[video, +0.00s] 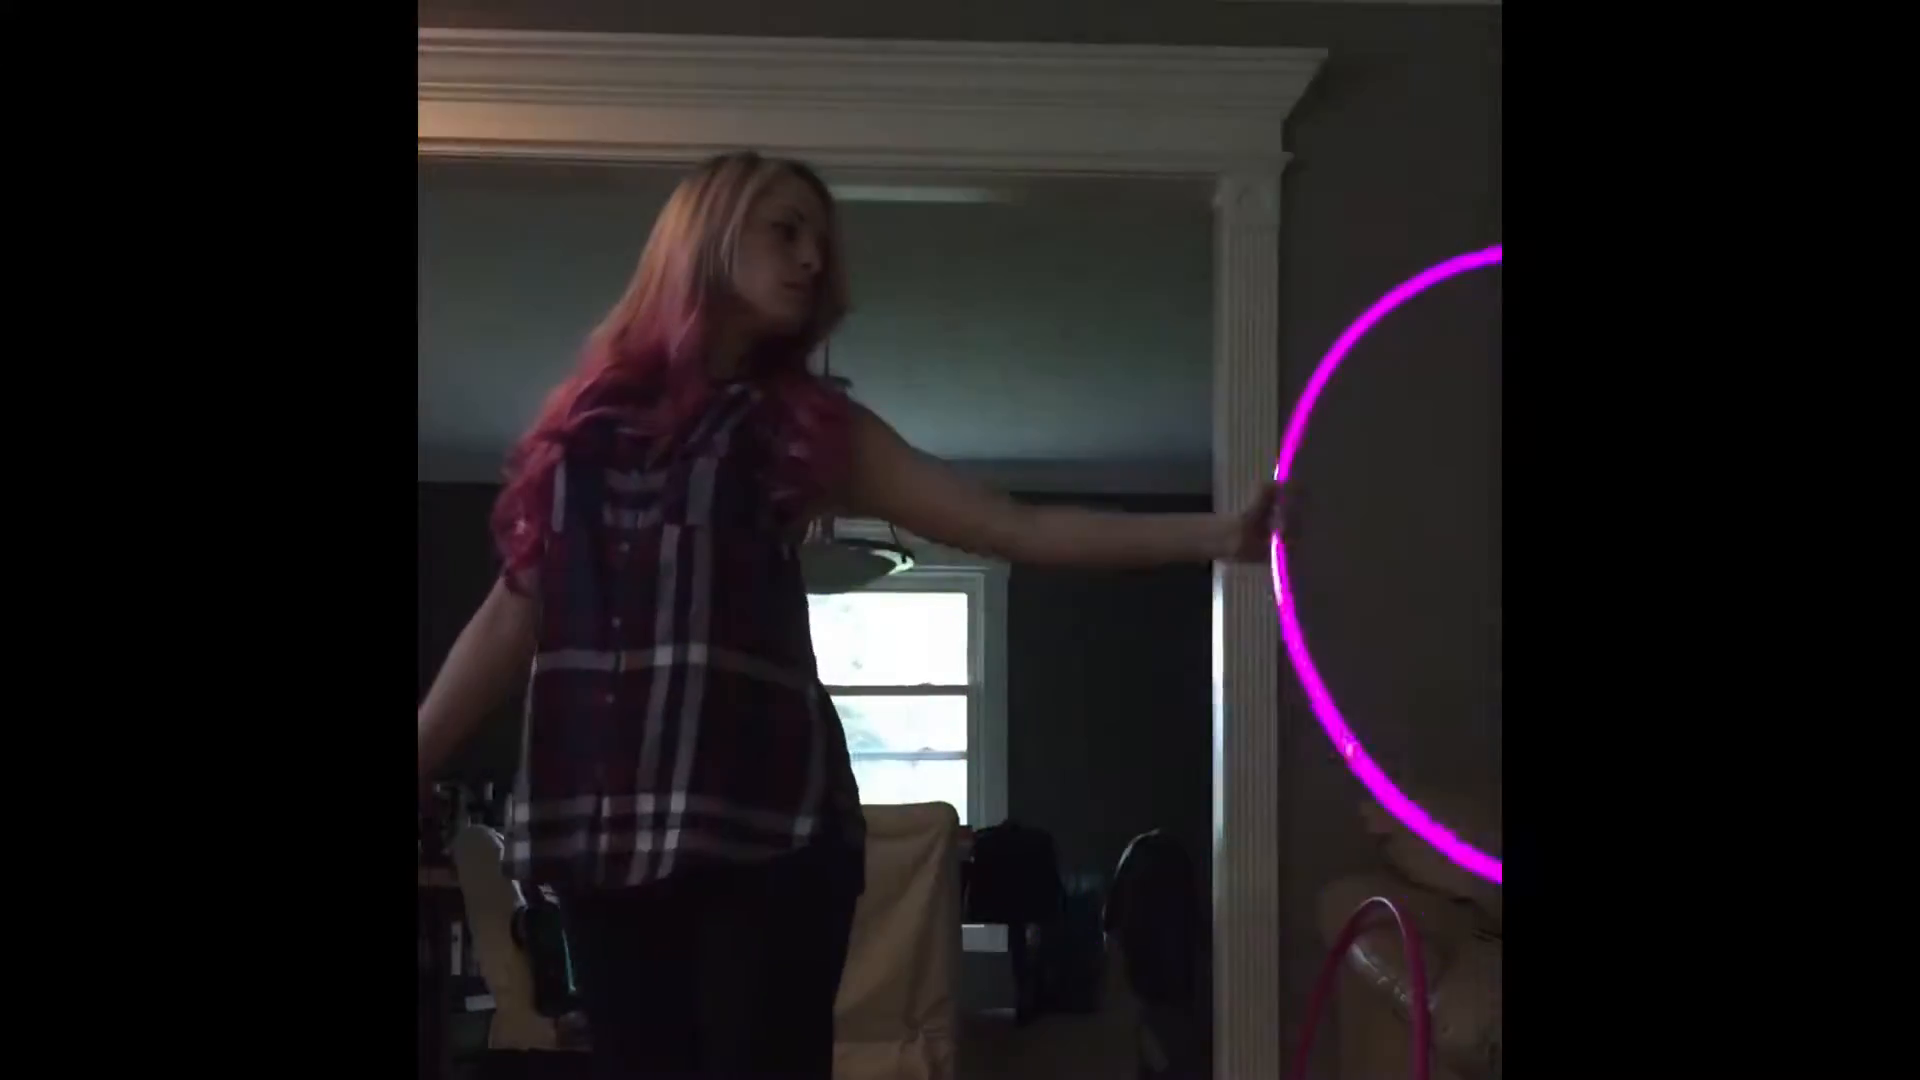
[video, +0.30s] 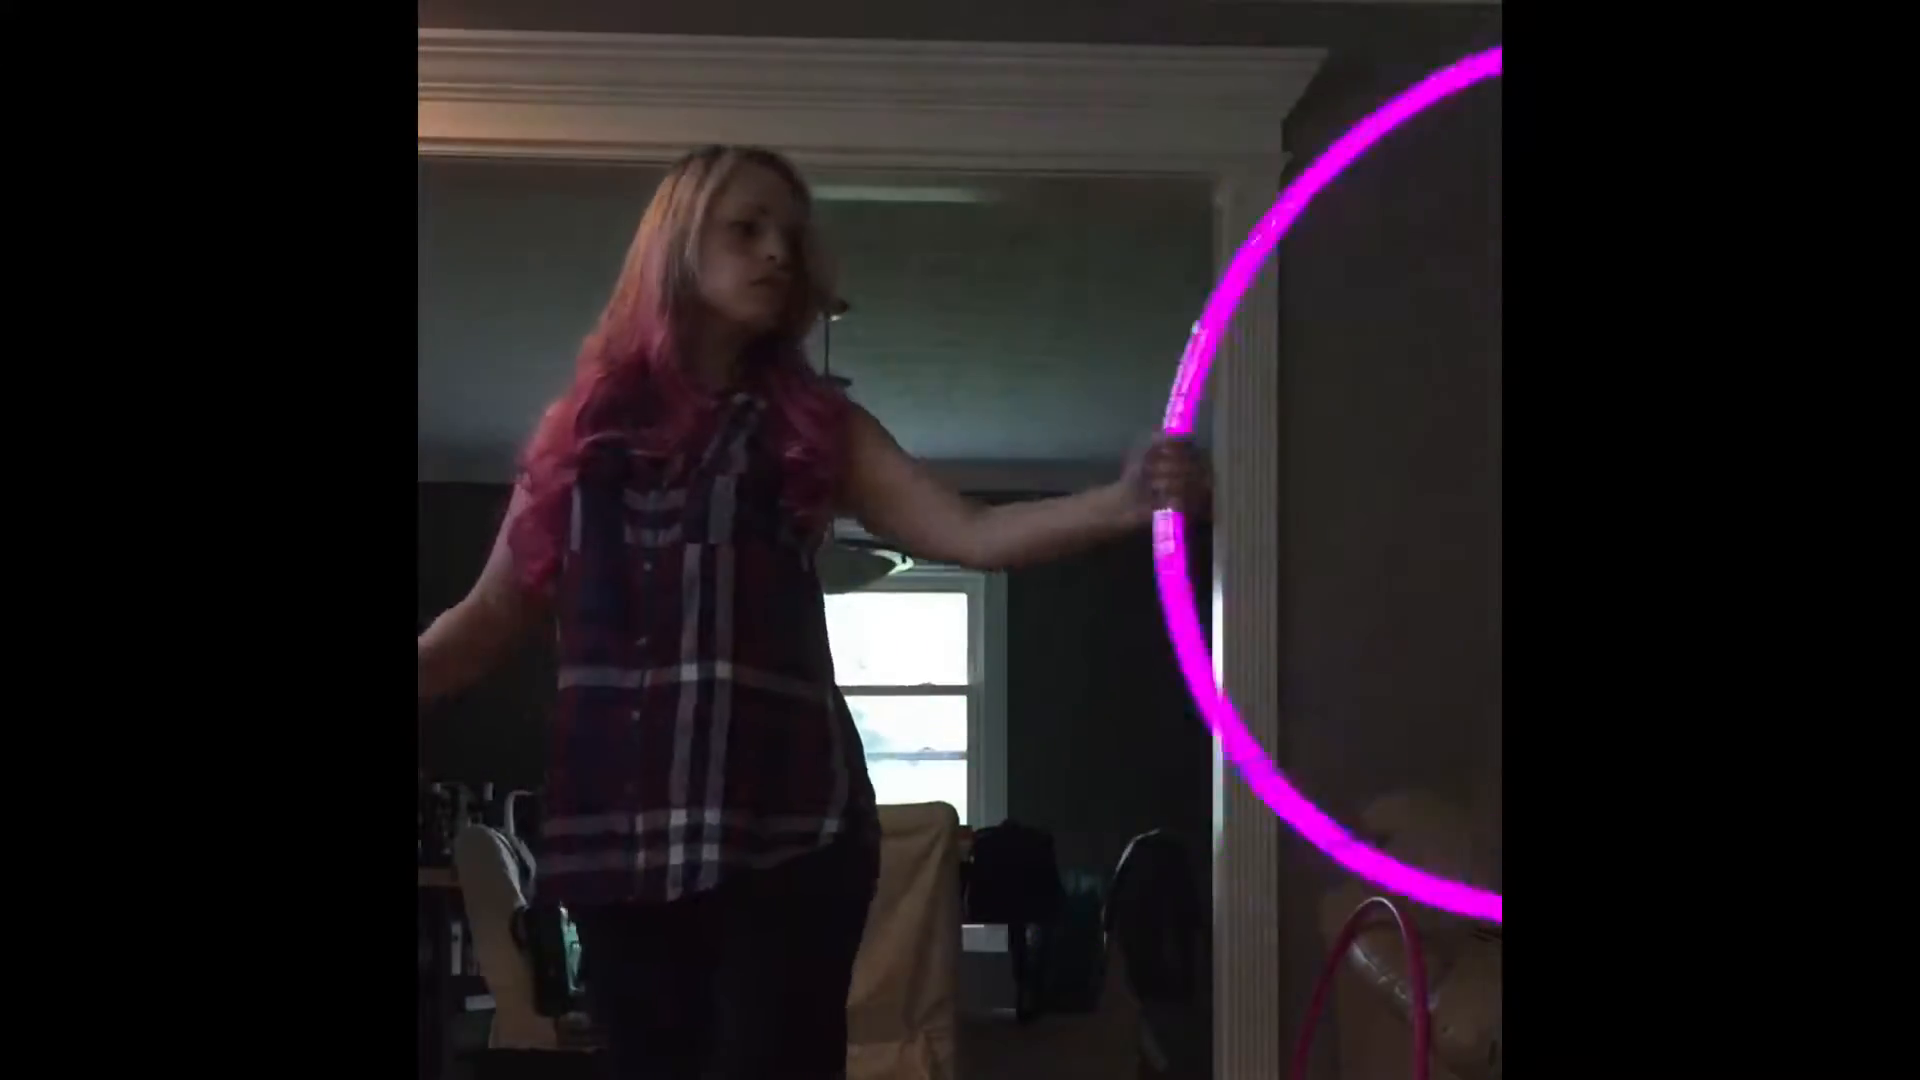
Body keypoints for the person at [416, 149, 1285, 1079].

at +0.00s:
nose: (811, 254)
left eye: (820, 240)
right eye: (784, 227)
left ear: (821, 271)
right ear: (706, 239)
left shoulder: (807, 419)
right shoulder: (584, 424)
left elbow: (1010, 526)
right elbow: (509, 619)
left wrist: (1217, 532)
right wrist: (419, 758)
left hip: (772, 836)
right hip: (599, 840)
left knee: (769, 1064)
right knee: (635, 1062)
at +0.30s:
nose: (778, 252)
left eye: (793, 238)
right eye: (748, 228)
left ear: (805, 267)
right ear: (678, 243)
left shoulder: (810, 419)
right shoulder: (590, 418)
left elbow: (967, 532)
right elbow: (488, 612)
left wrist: (1124, 502)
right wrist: (416, 683)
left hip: (793, 833)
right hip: (625, 835)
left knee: (781, 1059)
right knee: (648, 1056)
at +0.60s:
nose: (786, 239)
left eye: (809, 219)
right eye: (759, 215)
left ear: (835, 245)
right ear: (711, 244)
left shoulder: (881, 408)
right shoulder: (653, 393)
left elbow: (875, 591)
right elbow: (572, 571)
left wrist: (723, 567)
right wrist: (648, 420)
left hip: (842, 821)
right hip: (672, 818)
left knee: (834, 1064)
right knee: (689, 1064)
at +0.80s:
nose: (844, 215)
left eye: (873, 198)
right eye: (821, 189)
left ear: (903, 232)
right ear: (776, 212)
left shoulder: (941, 389)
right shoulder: (710, 370)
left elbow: (902, 581)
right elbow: (660, 458)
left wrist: (683, 519)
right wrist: (788, 296)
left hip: (904, 836)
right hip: (728, 835)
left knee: (890, 1067)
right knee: (725, 1066)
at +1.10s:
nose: (930, 195)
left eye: (961, 169)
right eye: (901, 165)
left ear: (992, 193)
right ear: (853, 181)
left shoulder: (1023, 380)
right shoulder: (779, 329)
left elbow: (1014, 614)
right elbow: (649, 421)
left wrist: (788, 599)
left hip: (949, 835)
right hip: (769, 824)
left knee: (929, 1067)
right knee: (759, 1065)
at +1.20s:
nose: (943, 181)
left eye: (972, 153)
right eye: (910, 152)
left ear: (1004, 175)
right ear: (857, 168)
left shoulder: (1049, 377)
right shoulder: (769, 331)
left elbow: (1120, 626)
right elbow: (589, 445)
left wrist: (1049, 759)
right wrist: (442, 489)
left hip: (960, 837)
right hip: (774, 830)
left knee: (937, 1069)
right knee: (771, 1067)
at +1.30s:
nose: (946, 170)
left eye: (972, 142)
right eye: (912, 143)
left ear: (1008, 157)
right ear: (858, 157)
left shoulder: (1058, 355)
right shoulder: (767, 332)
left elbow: (1190, 571)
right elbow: (583, 481)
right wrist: (421, 565)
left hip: (971, 846)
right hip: (775, 837)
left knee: (948, 1071)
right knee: (773, 1066)